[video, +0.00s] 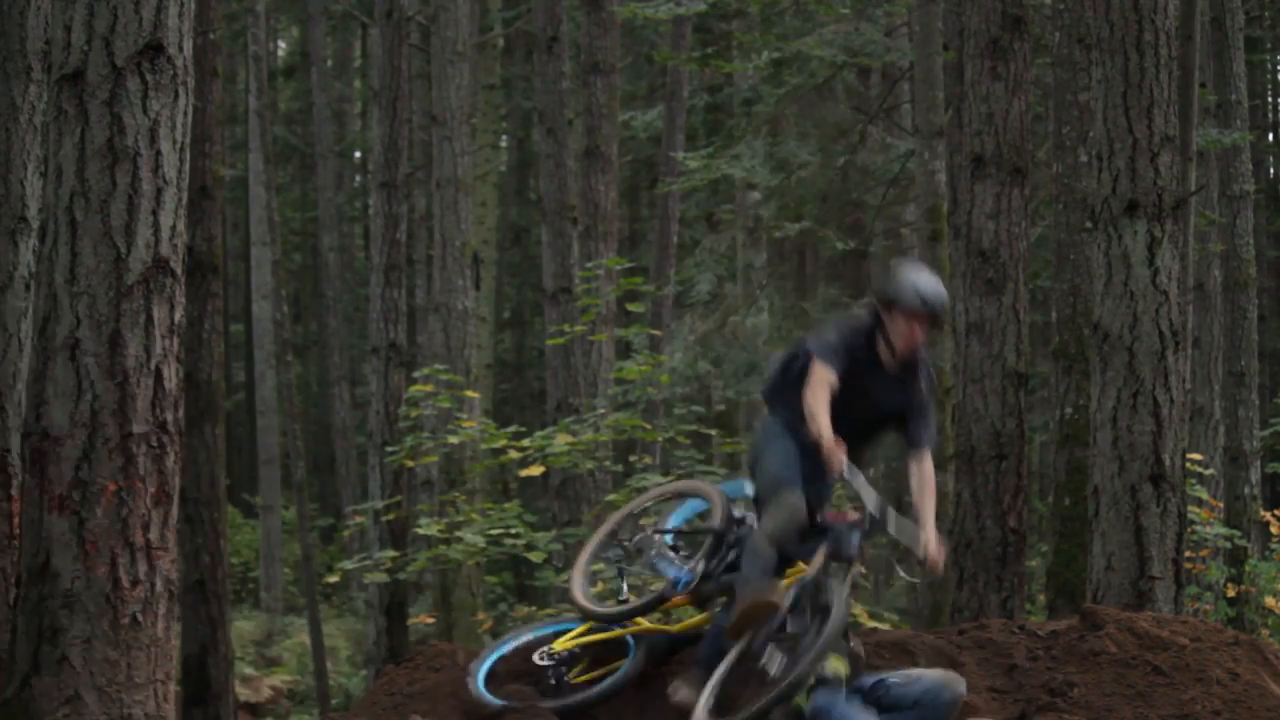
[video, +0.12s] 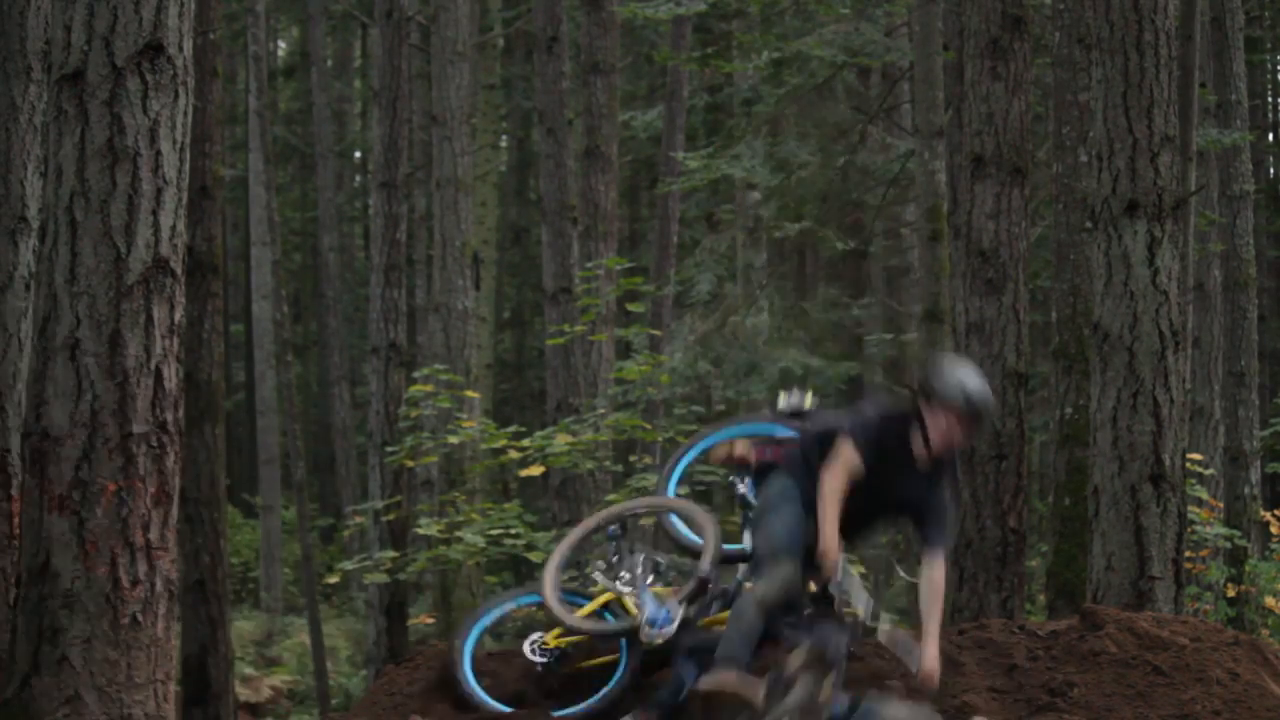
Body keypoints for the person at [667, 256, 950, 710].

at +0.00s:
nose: (916, 332)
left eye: (925, 324)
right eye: (909, 319)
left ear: (930, 328)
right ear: (885, 310)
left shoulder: (915, 377)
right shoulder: (847, 334)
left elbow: (920, 456)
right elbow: (816, 388)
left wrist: (928, 529)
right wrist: (825, 438)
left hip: (824, 458)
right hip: (784, 431)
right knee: (788, 509)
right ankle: (751, 596)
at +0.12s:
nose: (957, 432)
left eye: (967, 425)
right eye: (953, 416)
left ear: (969, 430)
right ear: (929, 403)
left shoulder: (937, 483)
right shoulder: (884, 421)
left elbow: (934, 564)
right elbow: (834, 474)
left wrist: (930, 645)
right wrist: (829, 550)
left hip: (829, 532)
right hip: (792, 488)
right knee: (779, 573)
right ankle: (727, 671)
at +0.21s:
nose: (972, 491)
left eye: (983, 488)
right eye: (971, 476)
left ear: (987, 497)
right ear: (952, 461)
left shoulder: (950, 540)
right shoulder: (903, 476)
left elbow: (934, 627)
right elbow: (847, 524)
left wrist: (922, 710)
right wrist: (825, 597)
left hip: (836, 563)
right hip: (801, 520)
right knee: (781, 610)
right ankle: (717, 698)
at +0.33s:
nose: (989, 640)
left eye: (1003, 641)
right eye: (994, 624)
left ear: (1008, 650)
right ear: (983, 602)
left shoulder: (960, 674)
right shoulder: (938, 591)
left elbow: (945, 714)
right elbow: (869, 621)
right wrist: (839, 685)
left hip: (836, 651)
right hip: (819, 598)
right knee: (781, 685)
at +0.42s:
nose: (995, 714)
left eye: (1007, 713)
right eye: (1003, 704)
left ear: (1015, 708)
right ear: (1001, 677)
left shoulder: (963, 709)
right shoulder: (958, 645)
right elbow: (891, 647)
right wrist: (850, 695)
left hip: (863, 693)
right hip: (833, 639)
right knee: (795, 702)